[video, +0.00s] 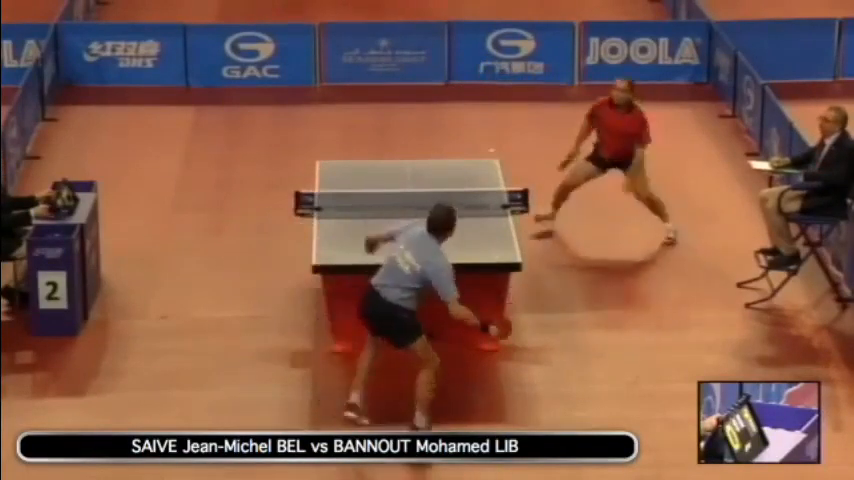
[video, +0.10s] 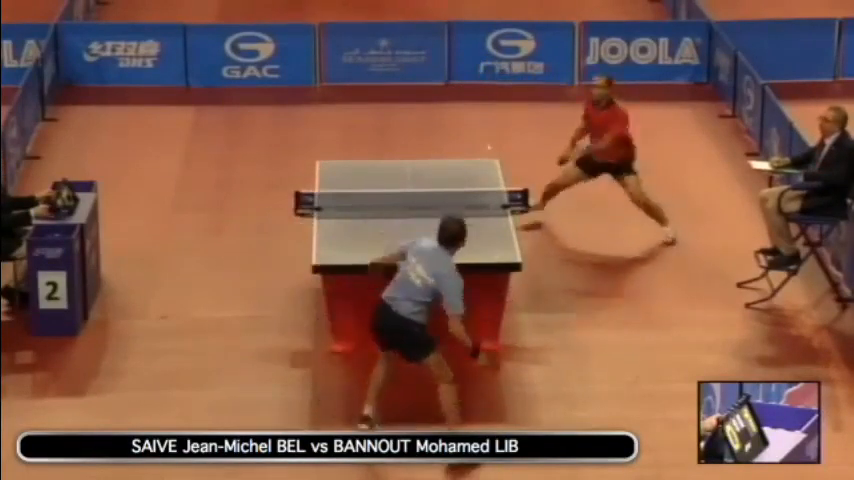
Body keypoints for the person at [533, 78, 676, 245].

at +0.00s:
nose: (618, 94)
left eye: (623, 91)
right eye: (616, 89)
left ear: (631, 95)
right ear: (611, 91)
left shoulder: (638, 117)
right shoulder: (600, 108)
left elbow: (640, 150)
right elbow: (586, 127)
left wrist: (633, 177)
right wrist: (574, 150)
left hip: (628, 159)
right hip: (601, 156)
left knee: (643, 194)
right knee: (567, 184)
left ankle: (668, 225)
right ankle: (552, 214)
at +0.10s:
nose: (595, 92)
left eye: (600, 88)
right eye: (594, 88)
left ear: (609, 90)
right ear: (592, 90)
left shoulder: (619, 115)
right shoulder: (590, 108)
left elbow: (606, 143)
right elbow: (582, 129)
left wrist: (584, 152)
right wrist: (568, 151)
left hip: (620, 163)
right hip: (595, 158)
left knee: (639, 198)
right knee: (556, 184)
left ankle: (667, 227)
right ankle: (540, 205)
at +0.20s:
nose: (558, 87)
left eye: (562, 83)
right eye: (557, 83)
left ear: (573, 85)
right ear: (559, 85)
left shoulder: (579, 104)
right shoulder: (566, 102)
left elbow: (554, 130)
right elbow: (563, 126)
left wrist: (529, 126)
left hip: (594, 159)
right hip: (573, 157)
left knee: (610, 200)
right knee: (538, 174)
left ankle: (655, 223)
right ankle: (531, 211)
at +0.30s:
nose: (538, 84)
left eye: (542, 80)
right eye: (537, 80)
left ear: (553, 81)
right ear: (542, 81)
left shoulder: (557, 99)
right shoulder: (546, 98)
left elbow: (532, 126)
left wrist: (506, 128)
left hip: (576, 155)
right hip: (558, 153)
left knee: (590, 200)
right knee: (526, 169)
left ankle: (634, 216)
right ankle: (528, 207)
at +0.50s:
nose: (513, 65)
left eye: (516, 61)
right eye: (512, 61)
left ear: (527, 63)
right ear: (520, 63)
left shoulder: (536, 79)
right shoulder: (524, 81)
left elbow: (548, 100)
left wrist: (536, 116)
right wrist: (528, 132)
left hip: (553, 136)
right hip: (535, 135)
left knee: (563, 185)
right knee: (511, 160)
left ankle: (595, 216)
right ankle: (524, 204)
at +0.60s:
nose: (525, 63)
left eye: (528, 60)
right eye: (522, 59)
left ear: (535, 61)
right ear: (518, 60)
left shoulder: (539, 79)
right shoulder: (509, 77)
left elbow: (557, 93)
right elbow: (492, 79)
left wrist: (538, 79)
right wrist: (500, 70)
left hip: (542, 130)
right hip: (521, 130)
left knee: (539, 166)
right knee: (500, 161)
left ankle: (556, 209)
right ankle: (526, 179)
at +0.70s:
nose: (520, 73)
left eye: (525, 70)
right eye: (518, 69)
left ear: (532, 72)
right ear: (514, 70)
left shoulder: (534, 88)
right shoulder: (508, 87)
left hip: (527, 130)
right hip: (506, 130)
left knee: (522, 163)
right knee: (500, 168)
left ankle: (539, 206)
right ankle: (525, 170)